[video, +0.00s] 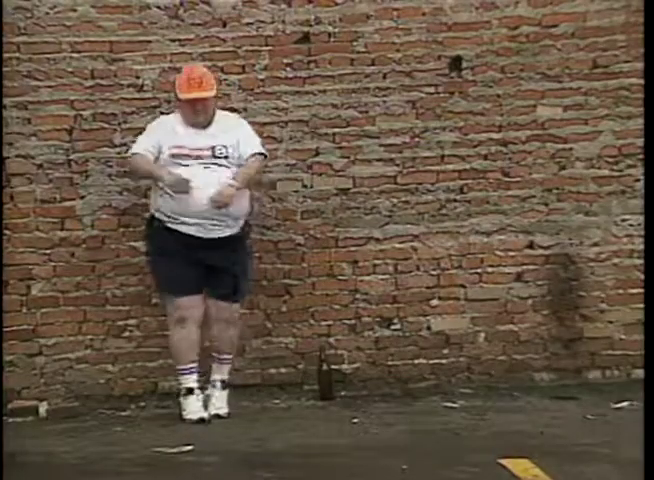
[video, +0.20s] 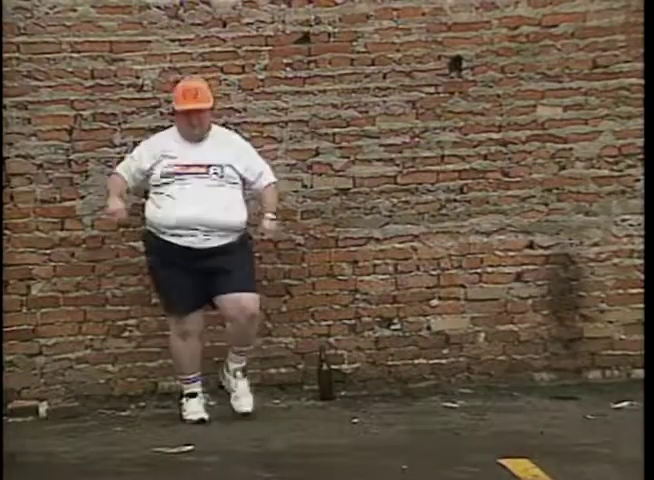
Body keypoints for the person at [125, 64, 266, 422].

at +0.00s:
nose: (198, 107)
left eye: (204, 100)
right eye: (190, 101)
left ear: (215, 97)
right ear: (178, 99)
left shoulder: (235, 126)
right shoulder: (164, 127)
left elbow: (257, 161)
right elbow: (134, 160)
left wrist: (233, 186)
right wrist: (162, 174)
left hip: (226, 236)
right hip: (175, 234)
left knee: (226, 313)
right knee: (184, 312)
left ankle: (219, 386)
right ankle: (190, 390)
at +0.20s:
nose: (195, 120)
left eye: (201, 112)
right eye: (187, 113)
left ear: (211, 110)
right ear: (175, 114)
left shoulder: (233, 145)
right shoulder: (156, 146)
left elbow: (265, 181)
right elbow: (120, 176)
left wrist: (269, 212)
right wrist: (116, 199)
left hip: (228, 245)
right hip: (172, 247)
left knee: (246, 310)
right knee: (185, 325)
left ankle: (236, 370)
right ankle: (192, 394)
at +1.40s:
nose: (178, 114)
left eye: (185, 106)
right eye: (170, 108)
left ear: (199, 108)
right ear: (161, 113)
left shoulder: (224, 138)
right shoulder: (157, 146)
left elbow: (264, 164)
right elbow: (140, 180)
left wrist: (241, 182)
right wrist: (130, 208)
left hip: (213, 256)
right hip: (157, 254)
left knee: (211, 332)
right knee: (147, 321)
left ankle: (217, 407)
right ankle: (176, 388)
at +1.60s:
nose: (163, 128)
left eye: (169, 121)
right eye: (155, 122)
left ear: (182, 111)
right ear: (145, 117)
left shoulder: (207, 136)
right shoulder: (140, 145)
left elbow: (226, 180)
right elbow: (124, 192)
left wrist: (187, 185)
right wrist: (87, 193)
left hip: (219, 245)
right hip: (166, 247)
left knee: (218, 324)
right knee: (165, 319)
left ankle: (219, 406)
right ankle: (170, 403)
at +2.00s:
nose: (170, 122)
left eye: (177, 114)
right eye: (164, 116)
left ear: (194, 104)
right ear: (156, 112)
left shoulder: (219, 138)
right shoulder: (154, 135)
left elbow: (235, 191)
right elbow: (136, 179)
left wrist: (218, 229)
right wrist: (127, 217)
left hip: (195, 243)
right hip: (149, 246)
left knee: (196, 317)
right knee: (159, 329)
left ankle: (237, 389)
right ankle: (180, 408)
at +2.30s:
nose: (164, 115)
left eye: (171, 108)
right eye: (161, 109)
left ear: (193, 109)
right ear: (162, 112)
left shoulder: (212, 138)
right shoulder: (175, 148)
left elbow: (240, 180)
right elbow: (174, 196)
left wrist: (202, 196)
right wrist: (139, 202)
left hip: (207, 250)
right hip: (163, 253)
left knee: (206, 335)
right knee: (132, 320)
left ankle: (233, 412)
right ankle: (167, 394)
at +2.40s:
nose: (151, 111)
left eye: (158, 105)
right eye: (148, 105)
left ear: (180, 107)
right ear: (148, 109)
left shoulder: (202, 137)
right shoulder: (156, 149)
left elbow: (216, 182)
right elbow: (150, 200)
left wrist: (168, 182)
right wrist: (107, 201)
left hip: (217, 246)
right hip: (172, 253)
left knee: (216, 330)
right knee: (149, 321)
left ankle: (234, 411)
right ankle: (170, 403)